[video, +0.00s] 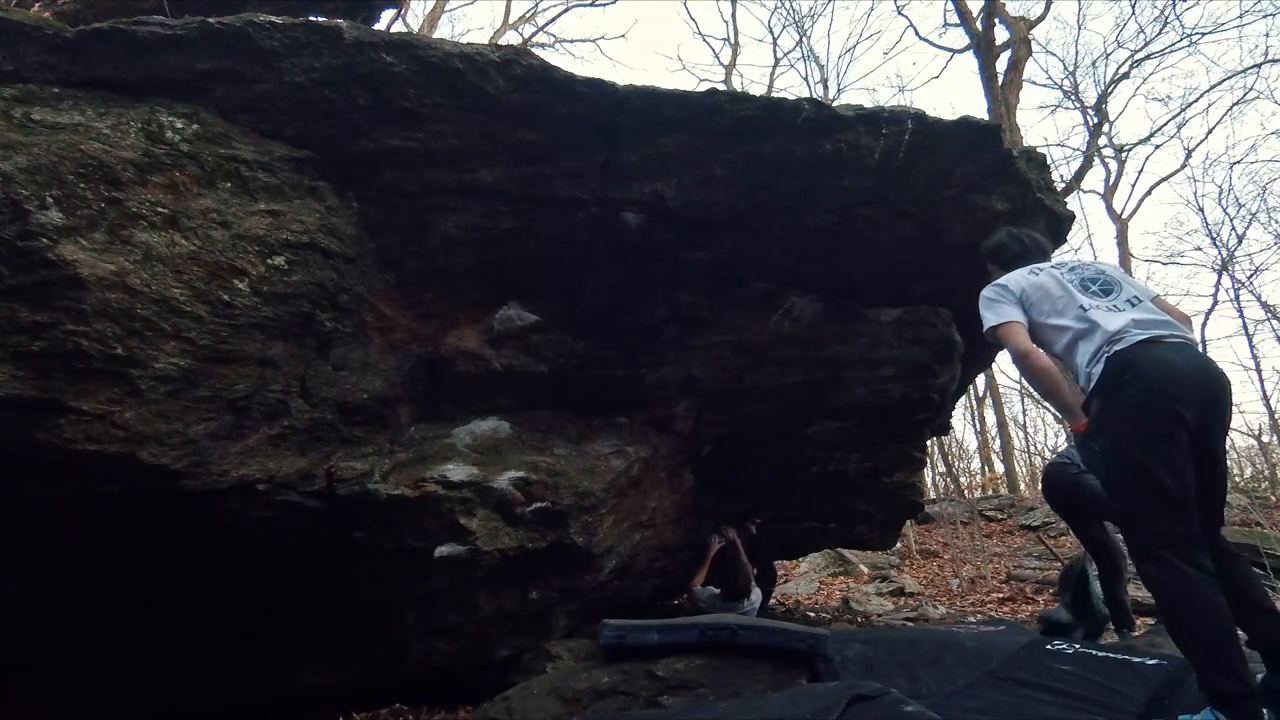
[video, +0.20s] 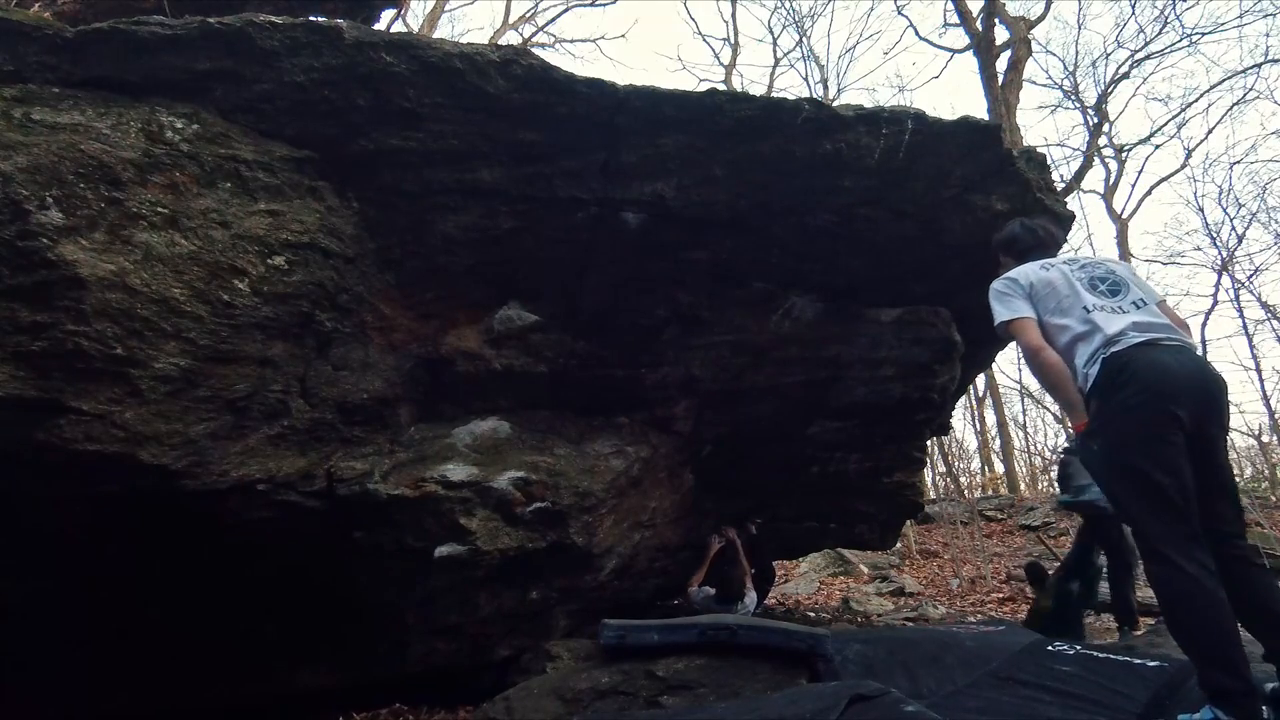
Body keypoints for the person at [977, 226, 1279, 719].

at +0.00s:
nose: (991, 281)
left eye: (990, 276)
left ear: (997, 271)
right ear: (1043, 255)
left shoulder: (1000, 288)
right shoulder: (1098, 268)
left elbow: (1025, 352)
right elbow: (1179, 317)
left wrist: (1074, 416)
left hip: (1135, 379)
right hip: (1202, 370)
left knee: (1164, 553)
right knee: (1207, 536)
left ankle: (1234, 703)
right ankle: (1276, 657)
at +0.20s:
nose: (1000, 270)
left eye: (1000, 264)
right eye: (1000, 265)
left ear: (1009, 260)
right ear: (1053, 244)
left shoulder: (1011, 280)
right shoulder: (1110, 265)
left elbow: (1035, 348)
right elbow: (1178, 324)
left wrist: (1079, 417)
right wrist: (1183, 377)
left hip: (1127, 379)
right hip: (1195, 368)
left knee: (1172, 552)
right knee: (1228, 536)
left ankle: (1235, 701)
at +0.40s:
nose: (1016, 265)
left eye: (1016, 259)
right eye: (1014, 260)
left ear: (1024, 255)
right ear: (1073, 243)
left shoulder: (1028, 275)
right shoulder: (1130, 264)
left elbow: (1049, 345)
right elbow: (1191, 331)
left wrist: (1086, 423)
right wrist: (1191, 385)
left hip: (1136, 379)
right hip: (1205, 373)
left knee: (1178, 552)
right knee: (1243, 541)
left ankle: (1236, 700)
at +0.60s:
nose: (1032, 259)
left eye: (1032, 253)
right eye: (1029, 253)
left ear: (1043, 247)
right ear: (1088, 239)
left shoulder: (1045, 267)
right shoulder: (1145, 262)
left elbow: (1063, 339)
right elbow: (1196, 326)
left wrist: (1097, 414)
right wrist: (1193, 375)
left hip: (1148, 383)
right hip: (1213, 379)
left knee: (1182, 551)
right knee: (1245, 533)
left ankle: (1242, 700)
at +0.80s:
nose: (1039, 265)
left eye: (1037, 256)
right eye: (1035, 258)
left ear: (1049, 244)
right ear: (1093, 239)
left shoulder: (1065, 260)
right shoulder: (1140, 266)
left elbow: (1095, 334)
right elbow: (1180, 328)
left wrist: (1116, 417)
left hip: (1169, 384)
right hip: (1227, 384)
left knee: (1175, 547)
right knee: (1248, 536)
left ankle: (1240, 694)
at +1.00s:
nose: (1043, 269)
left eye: (1041, 257)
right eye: (1038, 261)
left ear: (1056, 243)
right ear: (1089, 233)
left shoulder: (1086, 254)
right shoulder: (1141, 265)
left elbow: (1123, 320)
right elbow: (1190, 330)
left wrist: (1134, 406)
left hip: (1186, 386)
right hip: (1230, 385)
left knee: (1188, 540)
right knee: (1246, 533)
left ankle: (1241, 692)